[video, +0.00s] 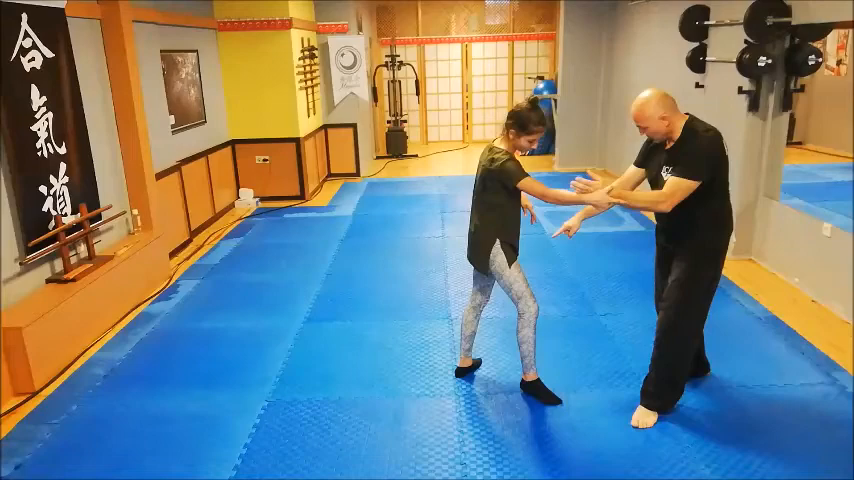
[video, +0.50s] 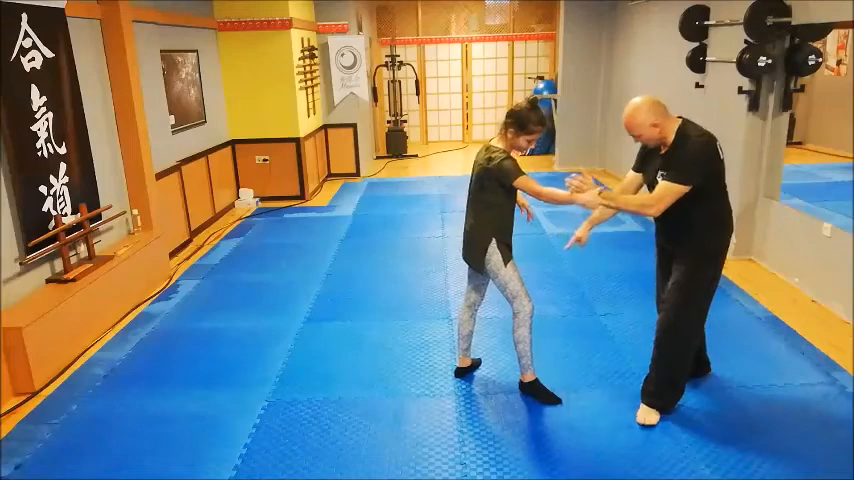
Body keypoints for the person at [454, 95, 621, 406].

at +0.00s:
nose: (533, 146)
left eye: (537, 140)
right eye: (530, 140)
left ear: (510, 130)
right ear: (512, 132)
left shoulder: (491, 151)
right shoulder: (504, 163)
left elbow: (499, 185)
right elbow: (548, 195)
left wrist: (521, 200)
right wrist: (592, 197)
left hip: (480, 239)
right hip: (495, 244)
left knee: (477, 301)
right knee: (528, 307)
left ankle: (464, 361)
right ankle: (530, 378)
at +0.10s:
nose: (533, 146)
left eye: (536, 140)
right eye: (530, 140)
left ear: (510, 130)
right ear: (512, 131)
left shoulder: (491, 150)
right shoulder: (504, 163)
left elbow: (497, 186)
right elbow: (547, 195)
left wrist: (520, 200)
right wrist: (590, 197)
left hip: (480, 239)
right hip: (495, 244)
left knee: (477, 301)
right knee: (528, 307)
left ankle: (464, 361)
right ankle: (530, 378)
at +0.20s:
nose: (533, 146)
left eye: (536, 140)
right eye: (530, 140)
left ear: (509, 130)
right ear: (511, 131)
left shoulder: (490, 150)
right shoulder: (503, 163)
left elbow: (496, 185)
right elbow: (544, 192)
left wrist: (519, 200)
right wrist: (588, 194)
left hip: (480, 239)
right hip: (494, 244)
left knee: (475, 301)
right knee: (526, 306)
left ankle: (464, 361)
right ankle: (530, 378)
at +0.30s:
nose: (532, 145)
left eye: (535, 140)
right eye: (530, 139)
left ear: (509, 129)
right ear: (512, 130)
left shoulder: (488, 150)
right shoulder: (503, 163)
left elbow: (497, 183)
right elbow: (543, 191)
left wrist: (518, 199)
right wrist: (586, 194)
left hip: (478, 238)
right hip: (492, 244)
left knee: (474, 301)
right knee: (525, 306)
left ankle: (463, 361)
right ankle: (529, 378)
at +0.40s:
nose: (531, 145)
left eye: (534, 140)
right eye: (529, 140)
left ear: (512, 129)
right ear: (511, 131)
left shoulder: (490, 149)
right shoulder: (503, 163)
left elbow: (500, 180)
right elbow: (543, 192)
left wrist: (518, 199)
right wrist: (585, 195)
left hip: (477, 237)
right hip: (491, 243)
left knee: (473, 300)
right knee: (523, 305)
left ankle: (463, 361)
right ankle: (528, 379)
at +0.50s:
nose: (531, 146)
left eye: (534, 141)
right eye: (528, 141)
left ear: (511, 130)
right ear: (511, 131)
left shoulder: (489, 150)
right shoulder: (503, 163)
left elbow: (499, 181)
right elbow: (541, 193)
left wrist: (517, 199)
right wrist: (580, 198)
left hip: (475, 238)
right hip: (490, 243)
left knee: (472, 301)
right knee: (522, 306)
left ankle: (463, 361)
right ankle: (528, 378)